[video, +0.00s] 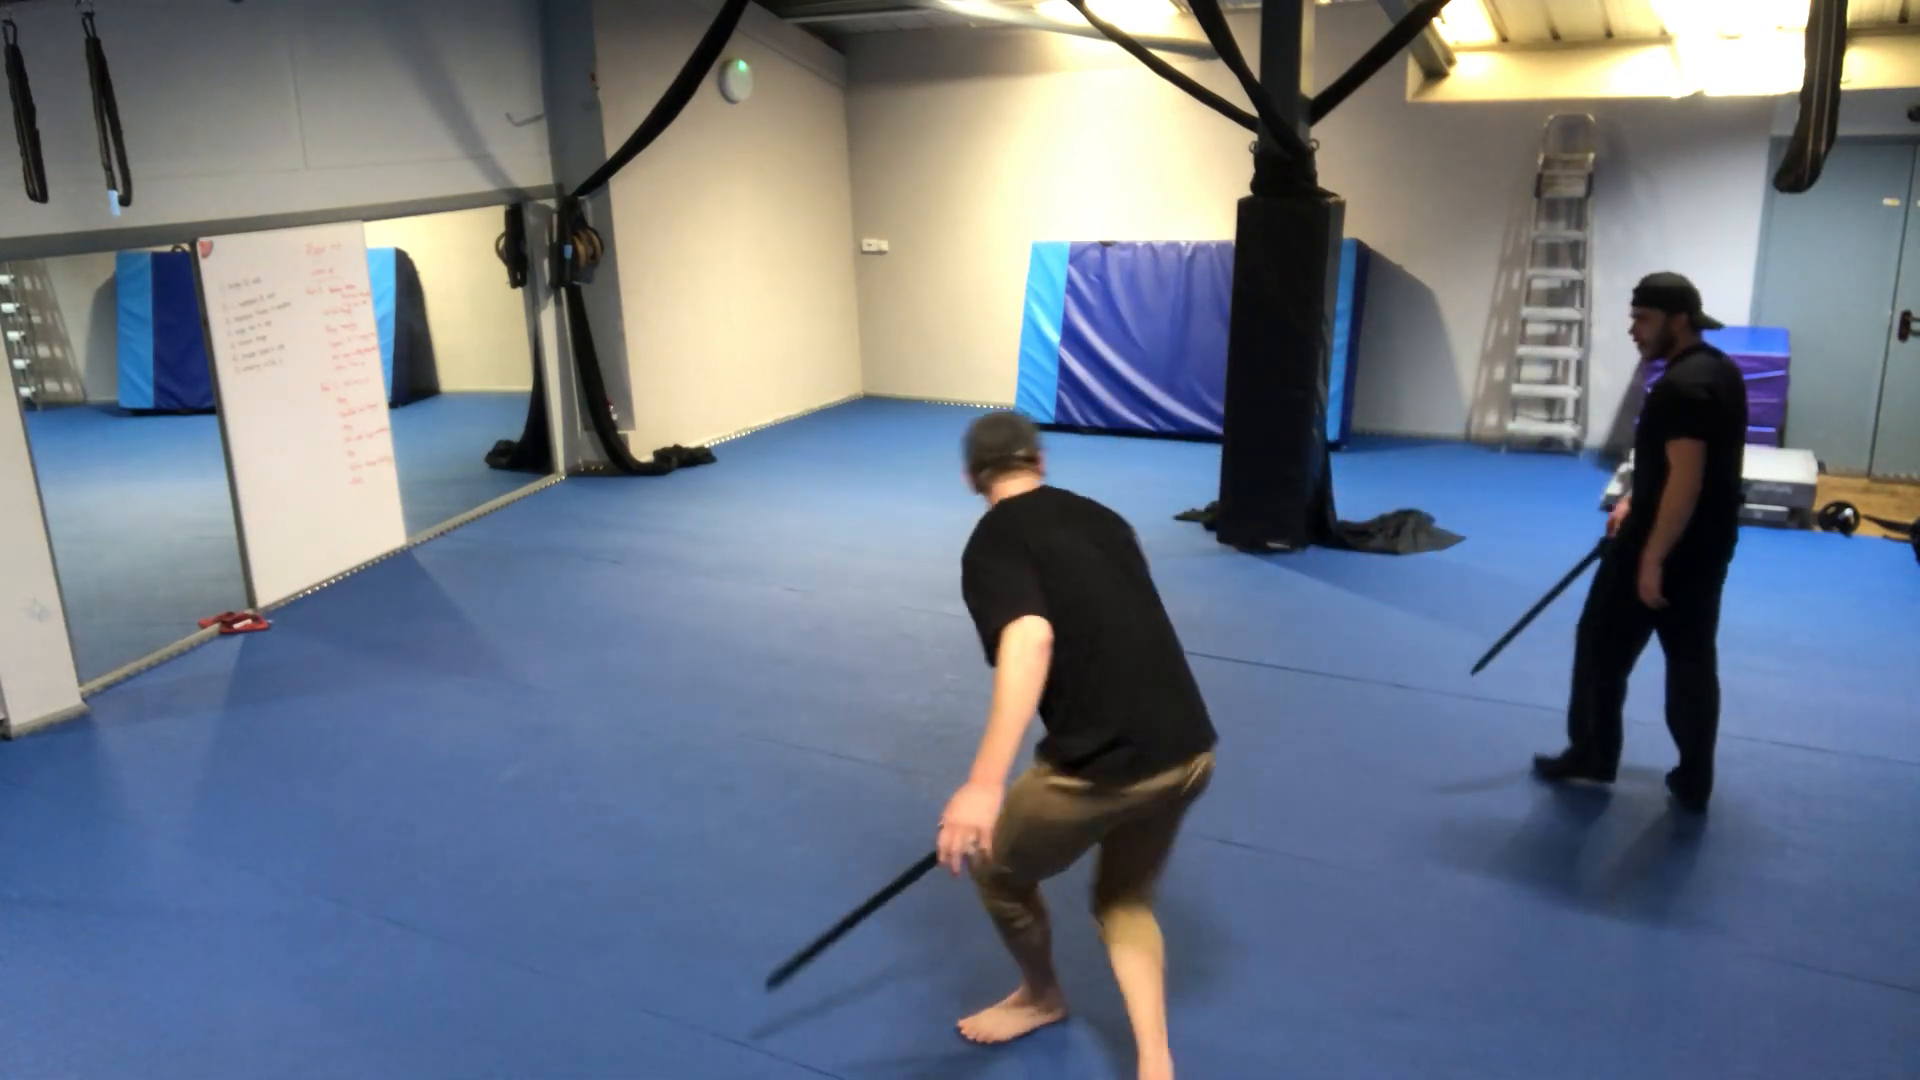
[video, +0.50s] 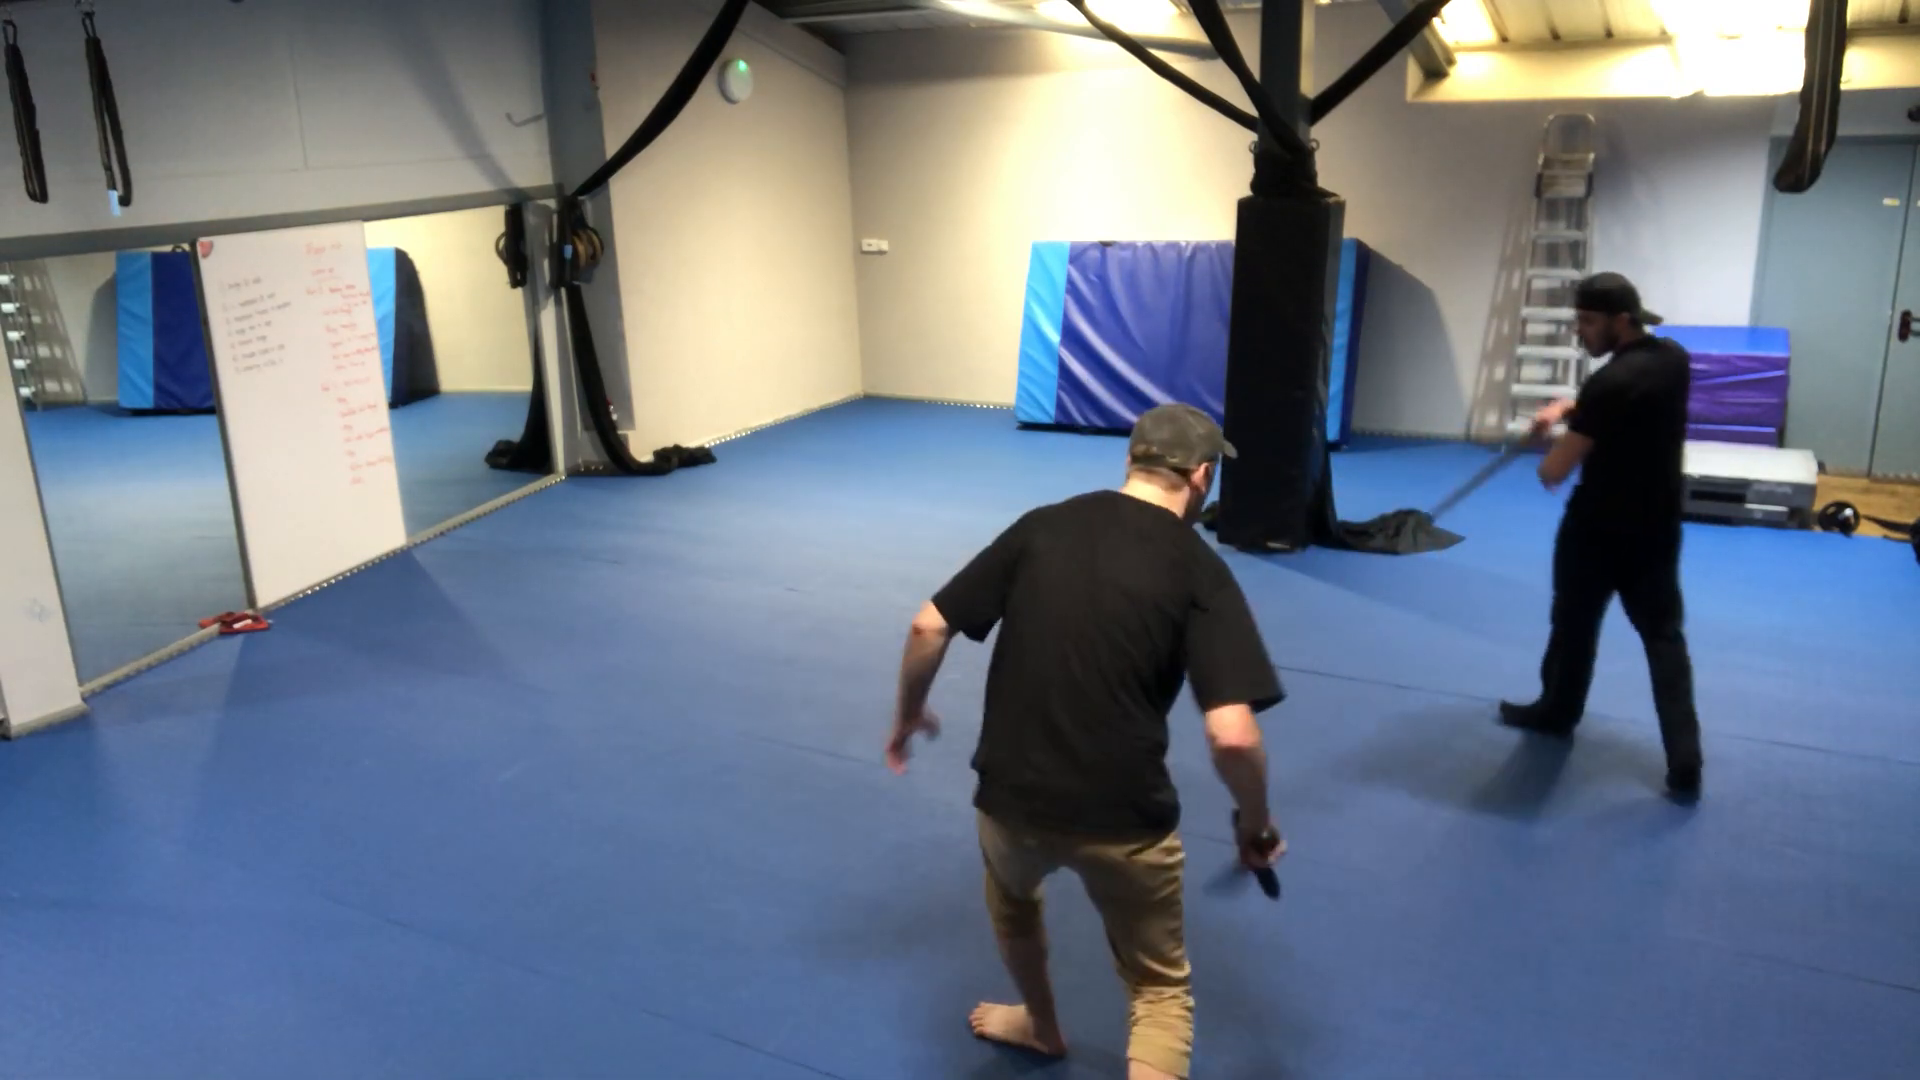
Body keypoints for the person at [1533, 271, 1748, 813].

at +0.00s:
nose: (1632, 329)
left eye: (1641, 319)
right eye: (1633, 318)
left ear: (1679, 320)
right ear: (1681, 322)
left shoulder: (1681, 385)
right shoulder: (1720, 372)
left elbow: (1684, 483)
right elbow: (1682, 461)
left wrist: (1652, 556)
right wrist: (1636, 499)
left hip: (1655, 540)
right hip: (1703, 542)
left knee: (1600, 643)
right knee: (1692, 665)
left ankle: (1592, 757)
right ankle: (1694, 781)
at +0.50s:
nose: (1578, 332)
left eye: (1585, 322)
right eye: (1578, 321)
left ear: (1617, 321)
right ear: (1628, 320)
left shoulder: (1607, 384)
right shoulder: (1674, 359)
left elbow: (1553, 471)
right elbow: (1628, 413)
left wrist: (1552, 438)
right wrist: (1569, 411)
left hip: (1596, 526)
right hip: (1655, 525)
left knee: (1574, 623)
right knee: (1665, 637)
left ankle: (1557, 711)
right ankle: (1685, 767)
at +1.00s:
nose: (1515, 319)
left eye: (1522, 311)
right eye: (1513, 310)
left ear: (1552, 310)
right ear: (1562, 309)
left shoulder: (1535, 366)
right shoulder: (1602, 337)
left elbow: (1468, 420)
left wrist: (1496, 372)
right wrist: (1517, 357)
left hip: (1538, 493)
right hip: (1583, 485)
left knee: (1529, 596)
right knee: (1550, 581)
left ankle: (1548, 709)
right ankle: (1538, 675)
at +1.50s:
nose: (1483, 308)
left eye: (1491, 299)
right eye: (1481, 298)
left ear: (1519, 296)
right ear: (1525, 296)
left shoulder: (1505, 347)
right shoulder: (1553, 324)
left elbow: (1445, 397)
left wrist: (1463, 353)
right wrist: (1482, 327)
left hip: (1499, 466)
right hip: (1528, 459)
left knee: (1493, 569)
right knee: (1491, 561)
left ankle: (1540, 683)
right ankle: (1492, 649)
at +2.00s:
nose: (1442, 300)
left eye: (1450, 291)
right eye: (1443, 290)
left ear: (1478, 291)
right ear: (1483, 292)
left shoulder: (1472, 341)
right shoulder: (1507, 321)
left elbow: (1404, 378)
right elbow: (1490, 295)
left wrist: (1416, 325)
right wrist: (1442, 304)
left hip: (1464, 464)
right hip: (1490, 458)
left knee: (1420, 559)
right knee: (1472, 554)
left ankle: (1389, 664)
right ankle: (1487, 651)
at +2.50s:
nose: (1366, 308)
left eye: (1372, 300)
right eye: (1365, 299)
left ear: (1399, 299)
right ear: (1406, 299)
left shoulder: (1392, 346)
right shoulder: (1432, 326)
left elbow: (1326, 379)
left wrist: (1346, 329)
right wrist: (1362, 307)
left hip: (1397, 465)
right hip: (1421, 456)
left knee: (1357, 565)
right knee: (1402, 543)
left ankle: (1352, 668)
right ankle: (1452, 625)